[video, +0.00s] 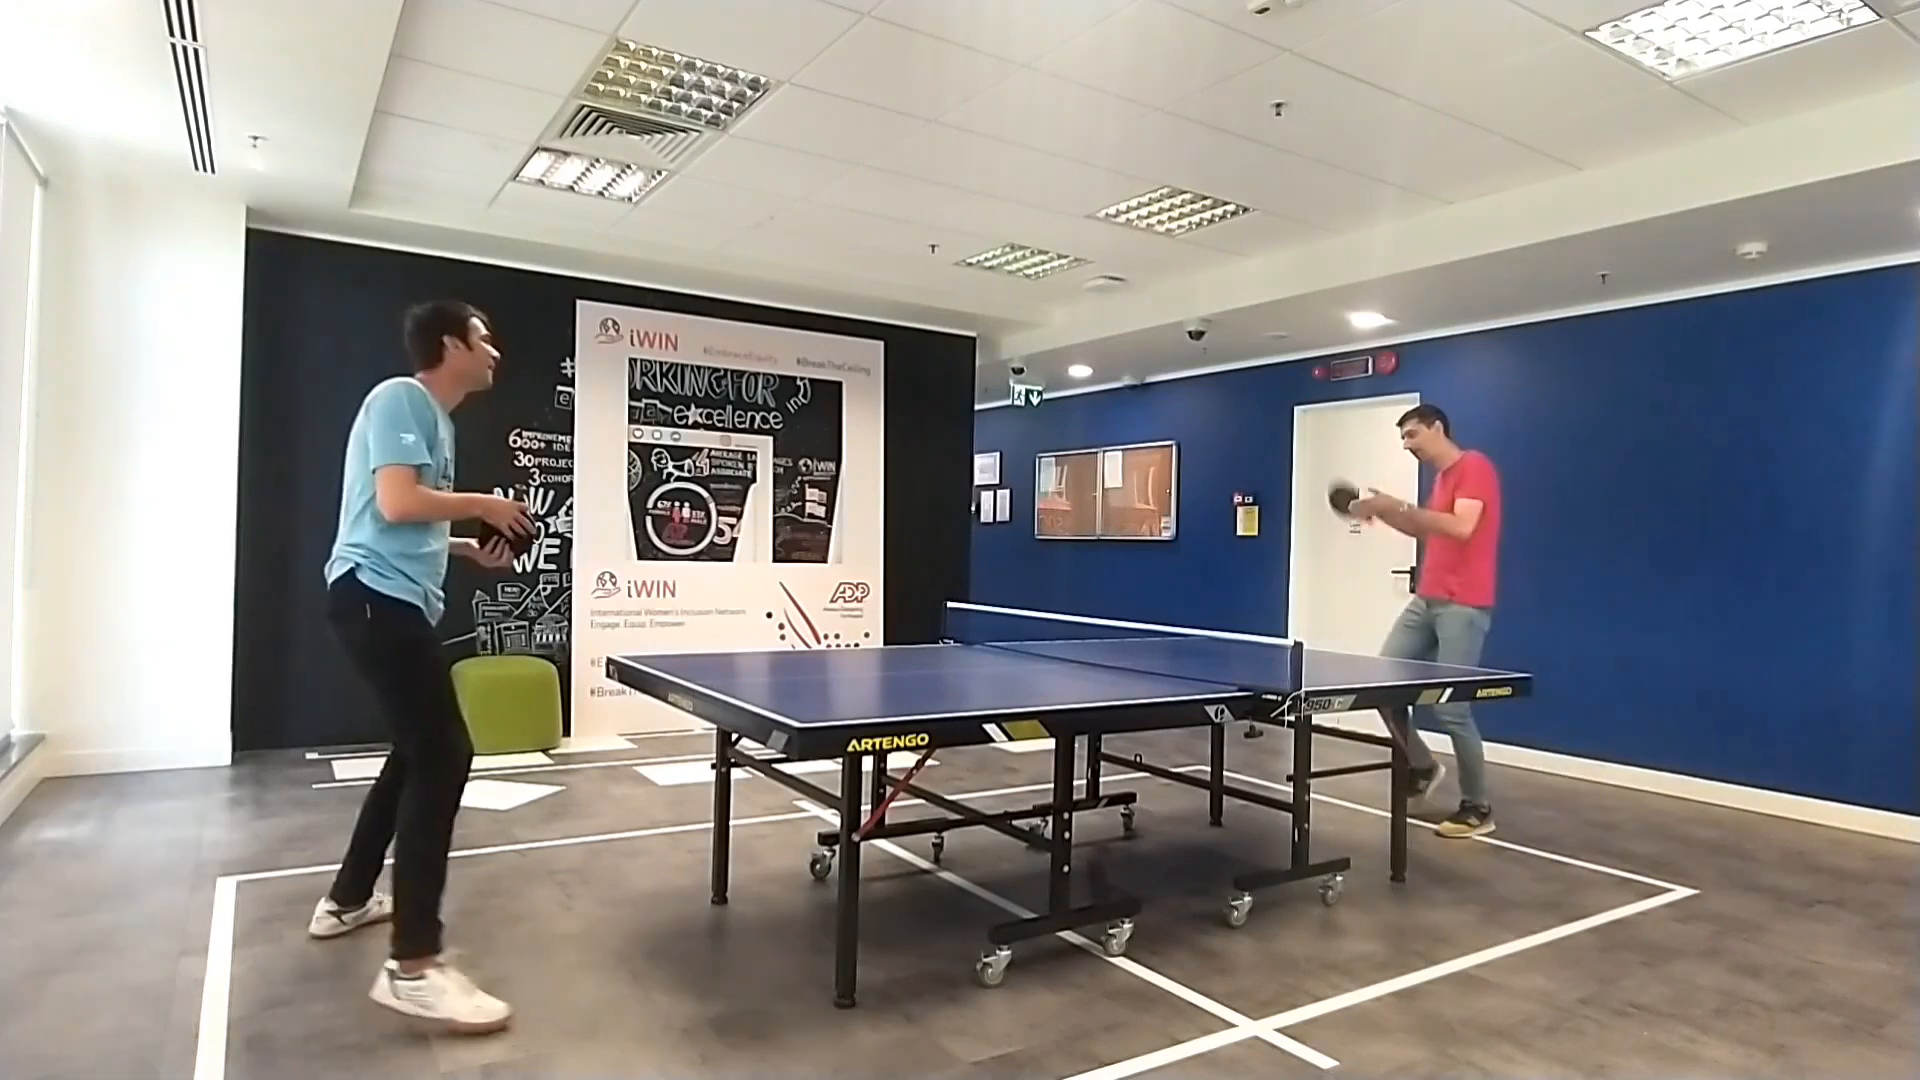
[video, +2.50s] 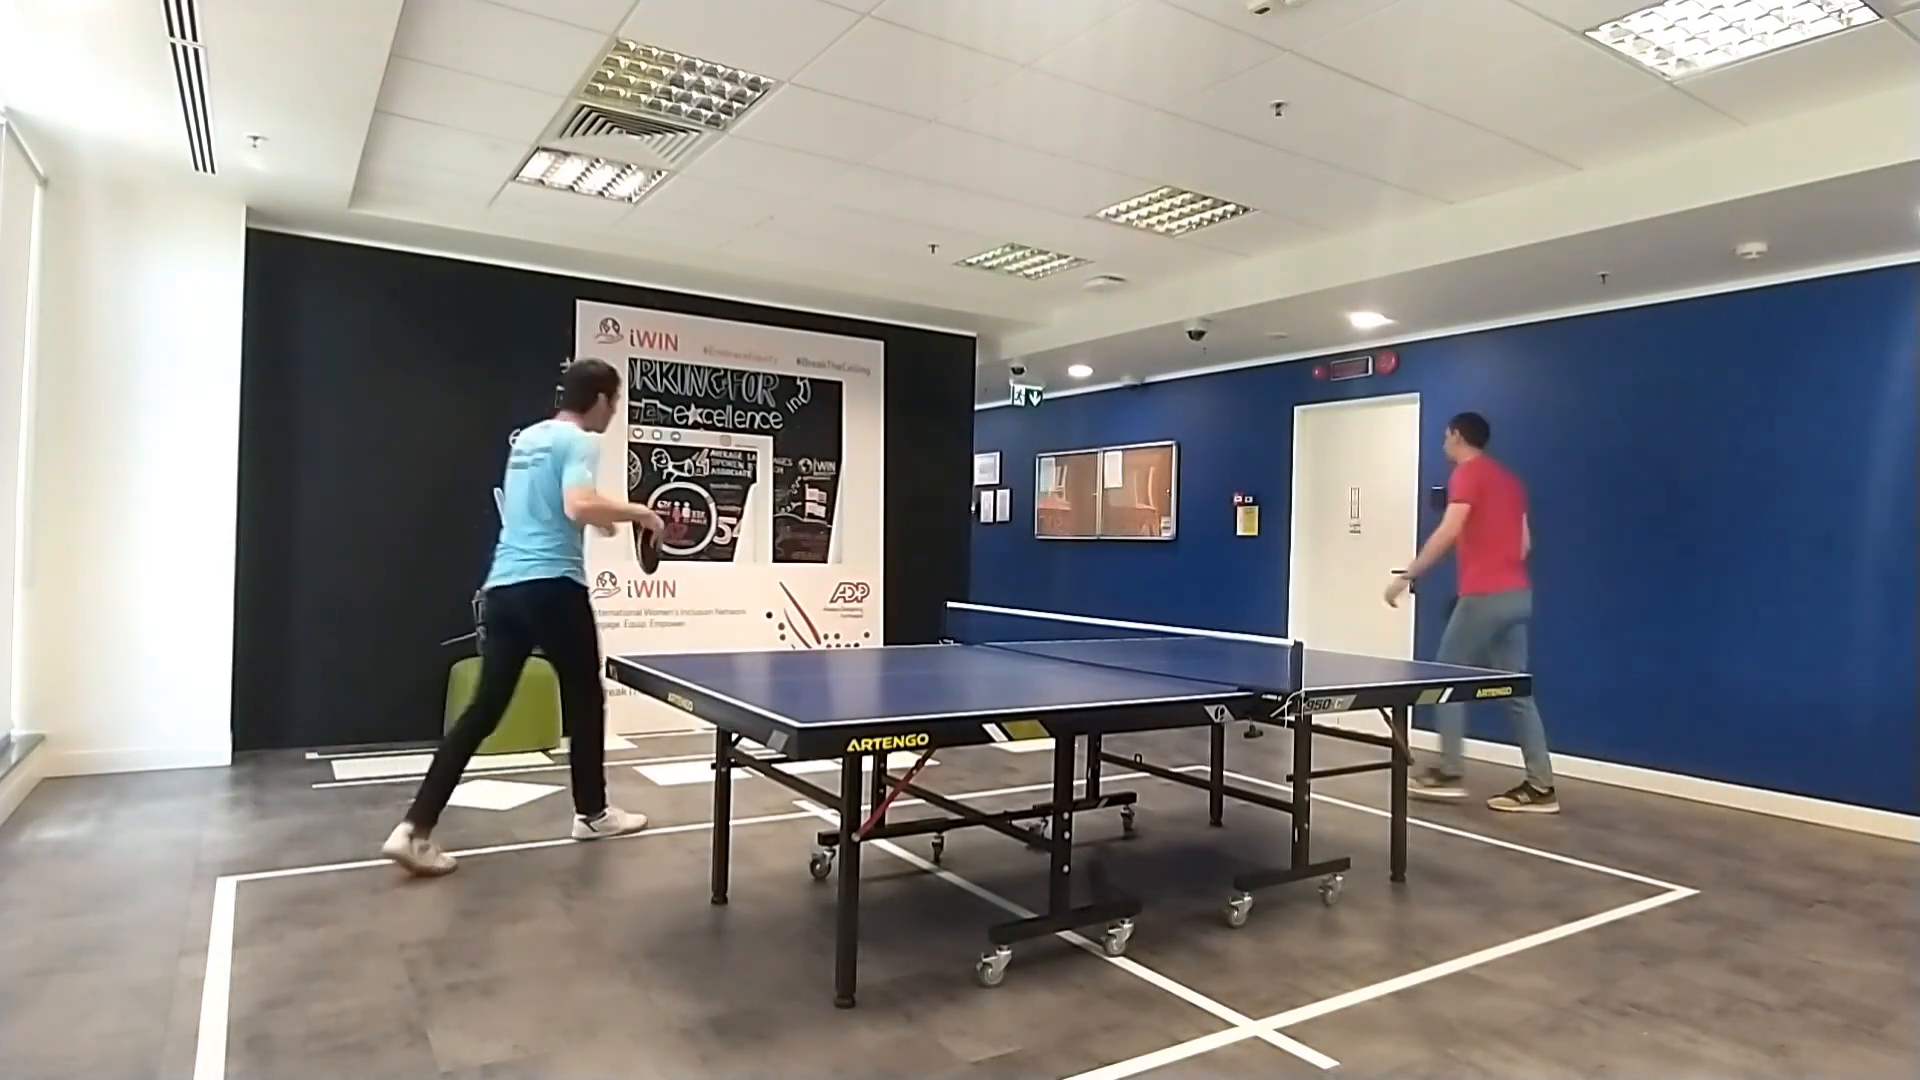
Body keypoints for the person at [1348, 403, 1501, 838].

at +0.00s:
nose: (1408, 444)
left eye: (1411, 434)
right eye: (1404, 438)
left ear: (1436, 428)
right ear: (1424, 435)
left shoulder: (1474, 466)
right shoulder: (1439, 479)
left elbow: (1462, 526)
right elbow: (1424, 532)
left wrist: (1399, 508)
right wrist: (1383, 510)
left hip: (1464, 608)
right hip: (1425, 603)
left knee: (1451, 707)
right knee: (1381, 685)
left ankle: (1476, 808)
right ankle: (1421, 766)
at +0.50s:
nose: (1368, 485)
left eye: (1372, 475)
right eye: (1366, 479)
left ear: (1396, 469)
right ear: (1391, 474)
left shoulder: (1447, 489)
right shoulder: (1407, 521)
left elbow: (1503, 531)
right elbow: (1388, 572)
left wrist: (1460, 563)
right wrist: (1342, 541)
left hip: (1491, 614)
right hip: (1444, 620)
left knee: (1461, 702)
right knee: (1407, 707)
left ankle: (1486, 803)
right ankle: (1438, 789)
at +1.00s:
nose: (1439, 502)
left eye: (1445, 492)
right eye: (1434, 497)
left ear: (1469, 489)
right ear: (1435, 503)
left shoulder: (1519, 514)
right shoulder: (1454, 536)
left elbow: (1574, 558)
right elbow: (1455, 596)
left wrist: (1546, 594)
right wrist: (1462, 581)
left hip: (1545, 640)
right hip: (1494, 638)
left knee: (1577, 740)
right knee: (1434, 706)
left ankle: (1658, 780)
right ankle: (1437, 793)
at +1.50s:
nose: (1537, 462)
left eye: (1545, 453)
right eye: (1532, 456)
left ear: (1571, 455)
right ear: (1532, 463)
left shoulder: (1615, 488)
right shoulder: (1542, 505)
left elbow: (1669, 535)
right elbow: (1549, 556)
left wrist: (1637, 584)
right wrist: (1550, 577)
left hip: (1633, 621)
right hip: (1575, 621)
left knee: (1666, 716)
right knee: (1536, 700)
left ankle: (1698, 796)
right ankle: (1537, 791)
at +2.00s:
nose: (1492, 466)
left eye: (1497, 457)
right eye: (1490, 460)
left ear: (1522, 455)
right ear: (1513, 460)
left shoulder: (1567, 489)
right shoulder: (1526, 507)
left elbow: (1620, 538)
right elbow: (1555, 557)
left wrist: (1615, 603)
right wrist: (1551, 608)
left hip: (1598, 619)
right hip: (1553, 620)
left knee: (1636, 713)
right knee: (1514, 695)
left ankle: (1716, 795)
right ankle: (1538, 788)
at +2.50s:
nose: (1446, 445)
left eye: (1447, 438)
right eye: (1447, 438)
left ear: (1458, 437)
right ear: (1481, 440)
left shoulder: (1467, 472)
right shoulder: (1509, 479)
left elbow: (1449, 530)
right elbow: (1523, 544)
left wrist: (1406, 576)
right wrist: (1490, 571)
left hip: (1483, 597)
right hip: (1516, 595)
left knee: (1444, 681)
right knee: (1517, 689)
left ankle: (1448, 773)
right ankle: (1540, 785)